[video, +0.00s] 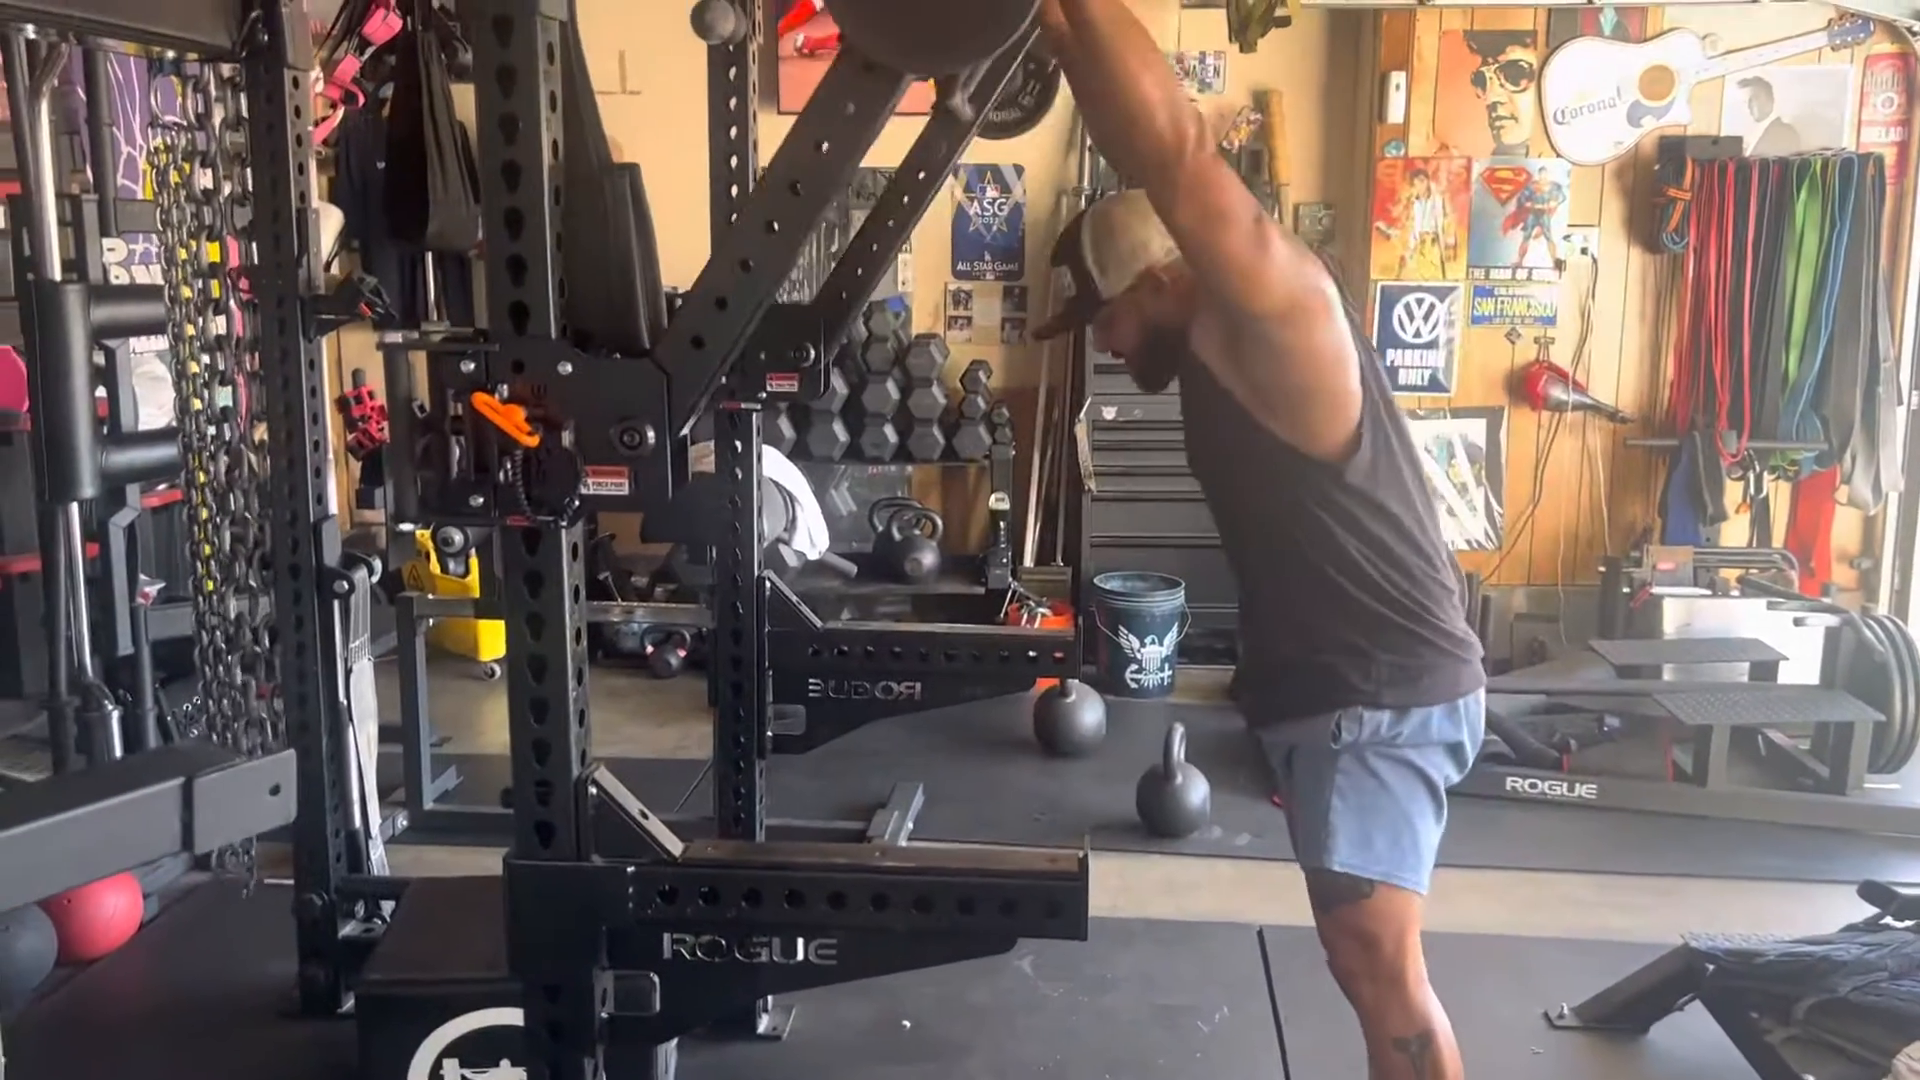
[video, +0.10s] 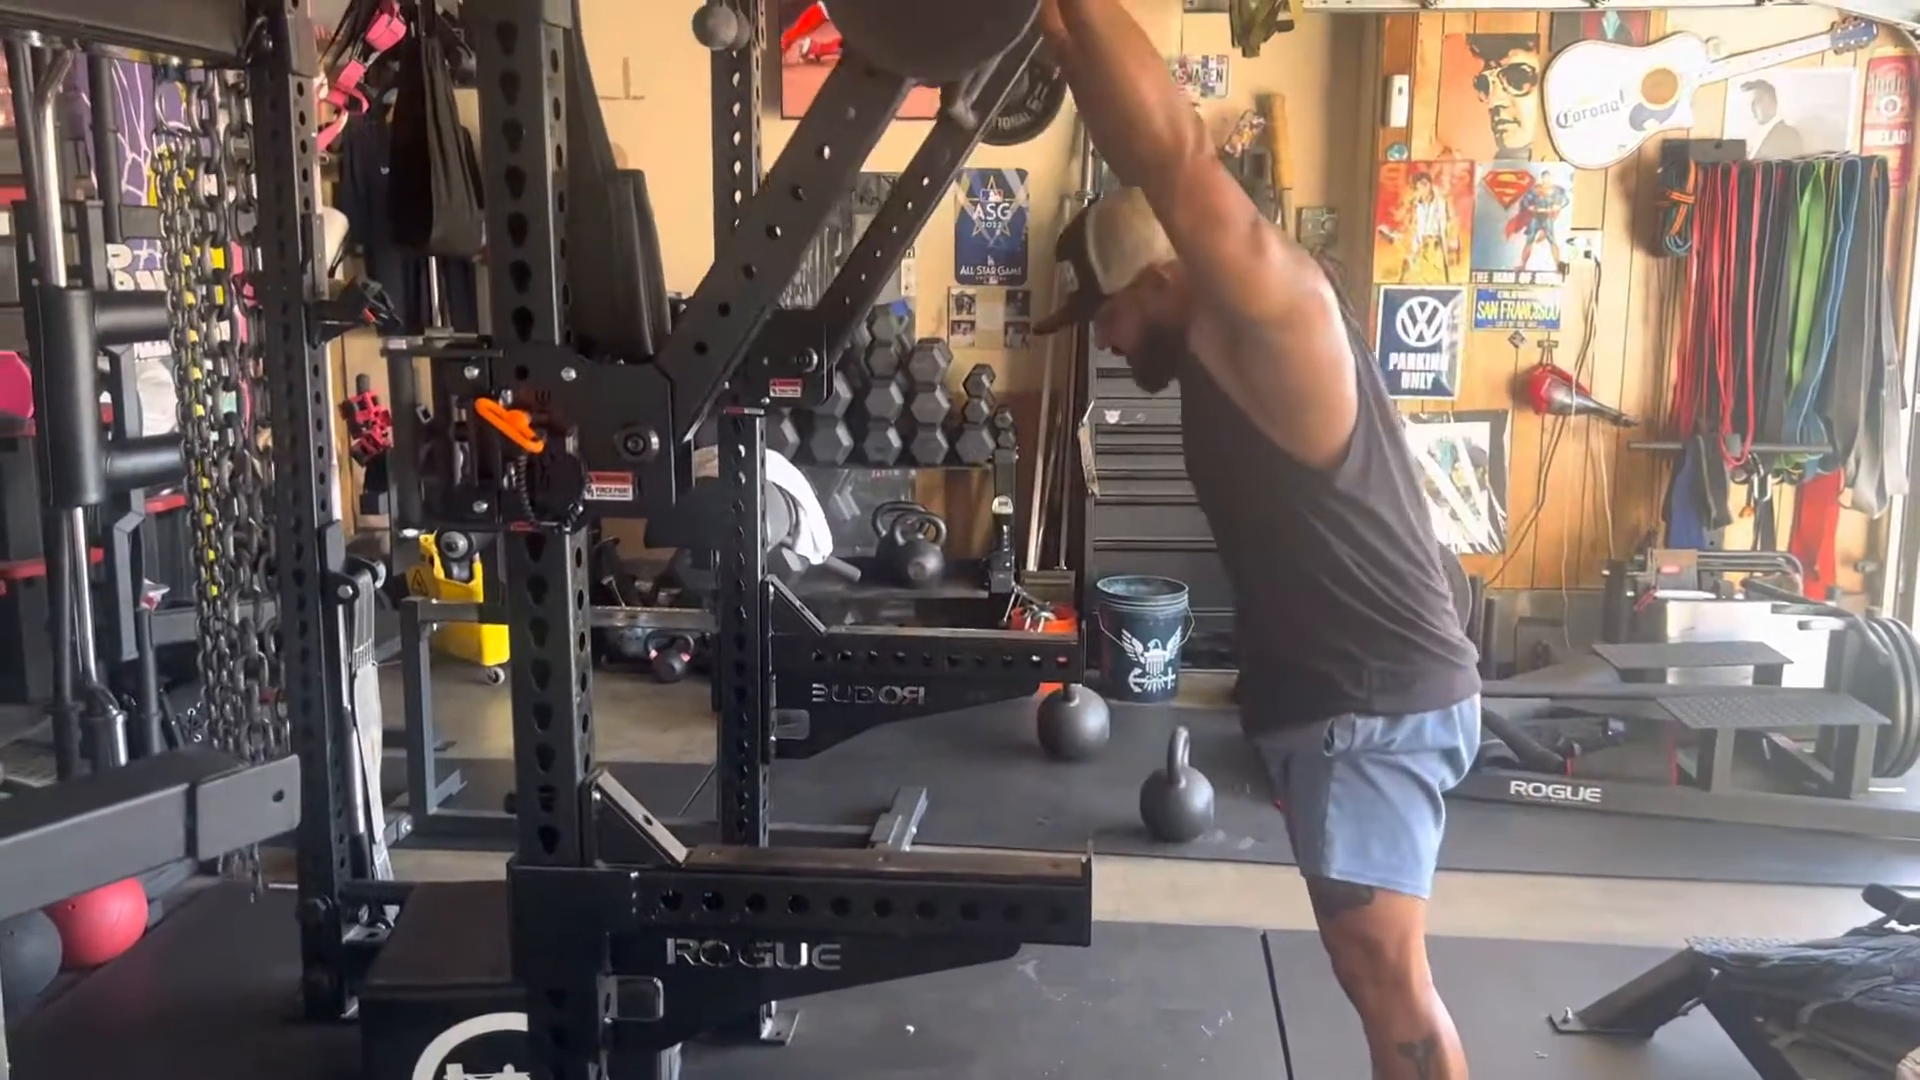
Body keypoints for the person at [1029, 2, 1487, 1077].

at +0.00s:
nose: (1106, 343)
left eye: (1107, 315)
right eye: (1096, 324)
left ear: (1159, 274)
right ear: (1159, 276)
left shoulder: (1270, 300)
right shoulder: (1226, 335)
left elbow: (1171, 145)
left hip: (1381, 693)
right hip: (1328, 687)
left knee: (1375, 959)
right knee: (1367, 951)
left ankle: (1420, 1068)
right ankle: (1408, 1061)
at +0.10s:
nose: (1111, 343)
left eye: (1110, 317)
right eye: (1103, 327)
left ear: (1156, 277)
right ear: (1160, 282)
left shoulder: (1266, 300)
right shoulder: (1231, 332)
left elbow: (1167, 146)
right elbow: (1162, 135)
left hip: (1374, 701)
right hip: (1325, 695)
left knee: (1384, 972)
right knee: (1374, 964)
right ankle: (1412, 1062)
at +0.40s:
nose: (1149, 287)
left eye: (1163, 257)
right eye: (1150, 261)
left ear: (1232, 246)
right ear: (1231, 241)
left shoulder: (1332, 312)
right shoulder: (1277, 317)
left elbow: (1328, 205)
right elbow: (1254, 206)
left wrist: (1202, 27)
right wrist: (1183, 115)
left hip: (1378, 714)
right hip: (1341, 709)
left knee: (1392, 995)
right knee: (1382, 983)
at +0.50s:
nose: (1161, 285)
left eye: (1173, 257)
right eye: (1156, 259)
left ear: (1243, 237)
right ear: (1241, 242)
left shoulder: (1350, 320)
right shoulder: (1292, 326)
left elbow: (1430, 285)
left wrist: (1281, 115)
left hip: (1396, 717)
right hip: (1351, 707)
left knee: (1400, 984)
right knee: (1390, 975)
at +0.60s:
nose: (1243, 252)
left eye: (1251, 229)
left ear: (1292, 227)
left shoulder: (1376, 312)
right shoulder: (1325, 322)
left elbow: (1535, 385)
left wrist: (1381, 260)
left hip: (1420, 716)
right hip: (1371, 709)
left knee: (1418, 1005)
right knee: (1398, 995)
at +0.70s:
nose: (1260, 249)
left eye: (1272, 224)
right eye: (1258, 226)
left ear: (1346, 224)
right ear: (1343, 224)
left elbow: (1604, 426)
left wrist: (1380, 373)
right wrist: (1218, 412)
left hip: (1493, 704)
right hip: (1376, 700)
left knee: (1422, 980)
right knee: (1389, 971)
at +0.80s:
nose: (1351, 256)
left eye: (1363, 230)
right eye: (1350, 233)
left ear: (1441, 229)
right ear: (1440, 230)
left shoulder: (1545, 323)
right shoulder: (1457, 329)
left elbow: (1588, 467)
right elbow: (1415, 411)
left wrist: (1374, 533)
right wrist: (1302, 426)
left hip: (1543, 710)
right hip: (1447, 693)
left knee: (1442, 969)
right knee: (1387, 876)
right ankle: (1426, 1052)